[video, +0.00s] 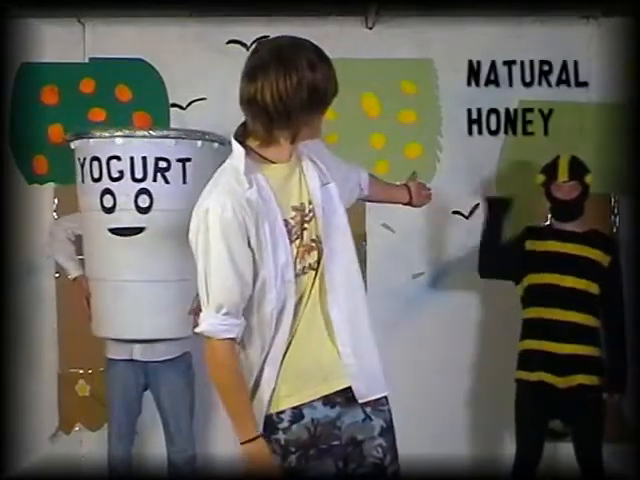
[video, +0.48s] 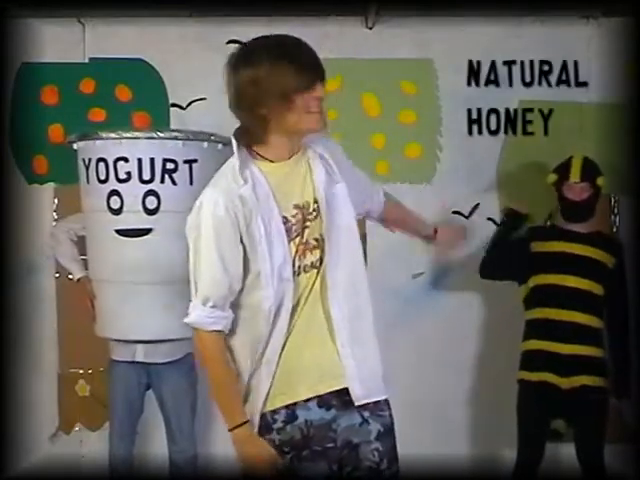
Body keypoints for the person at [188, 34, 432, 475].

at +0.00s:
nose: (326, 112)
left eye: (325, 103)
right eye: (323, 104)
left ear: (259, 101)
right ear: (305, 108)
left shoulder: (315, 160)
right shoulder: (225, 204)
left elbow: (359, 185)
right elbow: (218, 338)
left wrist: (406, 193)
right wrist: (249, 439)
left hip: (365, 399)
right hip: (291, 417)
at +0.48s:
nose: (321, 95)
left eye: (319, 85)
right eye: (307, 87)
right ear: (268, 100)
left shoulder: (327, 158)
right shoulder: (223, 200)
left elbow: (379, 205)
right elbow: (208, 329)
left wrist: (430, 231)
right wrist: (240, 431)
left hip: (364, 403)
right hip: (283, 418)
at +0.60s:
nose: (293, 91)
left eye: (299, 77)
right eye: (272, 83)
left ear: (312, 86)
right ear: (246, 101)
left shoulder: (346, 165)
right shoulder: (223, 203)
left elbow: (377, 257)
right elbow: (220, 326)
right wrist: (235, 434)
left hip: (363, 406)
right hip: (280, 419)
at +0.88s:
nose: (294, 89)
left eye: (305, 74)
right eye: (277, 80)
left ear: (328, 86)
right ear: (262, 99)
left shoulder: (383, 170)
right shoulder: (239, 198)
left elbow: (418, 280)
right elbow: (237, 319)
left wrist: (451, 378)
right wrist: (242, 424)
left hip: (375, 418)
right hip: (284, 425)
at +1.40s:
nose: (342, 83)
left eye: (360, 68)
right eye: (329, 70)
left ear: (389, 80)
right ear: (317, 85)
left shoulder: (443, 170)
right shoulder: (295, 189)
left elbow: (464, 299)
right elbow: (296, 315)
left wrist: (471, 418)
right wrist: (302, 428)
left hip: (426, 433)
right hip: (336, 433)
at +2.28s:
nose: (303, 108)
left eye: (318, 95)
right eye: (289, 96)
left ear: (343, 104)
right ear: (276, 108)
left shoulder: (393, 190)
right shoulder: (250, 205)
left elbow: (417, 309)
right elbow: (252, 322)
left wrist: (430, 417)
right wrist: (266, 426)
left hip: (381, 432)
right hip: (296, 434)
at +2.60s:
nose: (302, 156)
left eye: (312, 141)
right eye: (286, 144)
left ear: (328, 138)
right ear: (261, 145)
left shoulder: (373, 209)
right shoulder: (234, 231)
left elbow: (412, 319)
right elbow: (232, 342)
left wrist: (413, 430)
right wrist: (254, 439)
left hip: (367, 441)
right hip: (284, 444)